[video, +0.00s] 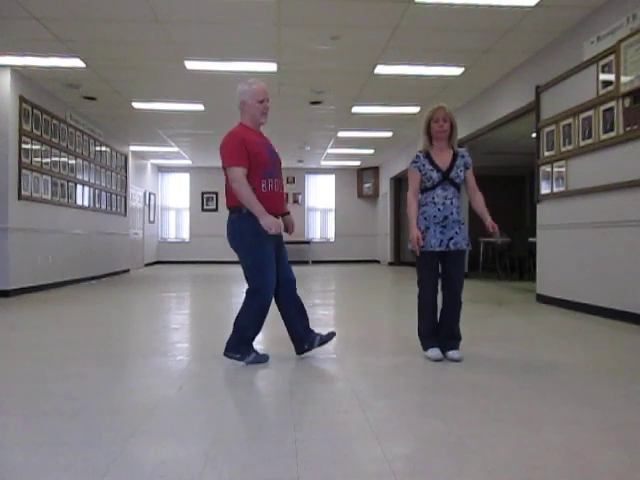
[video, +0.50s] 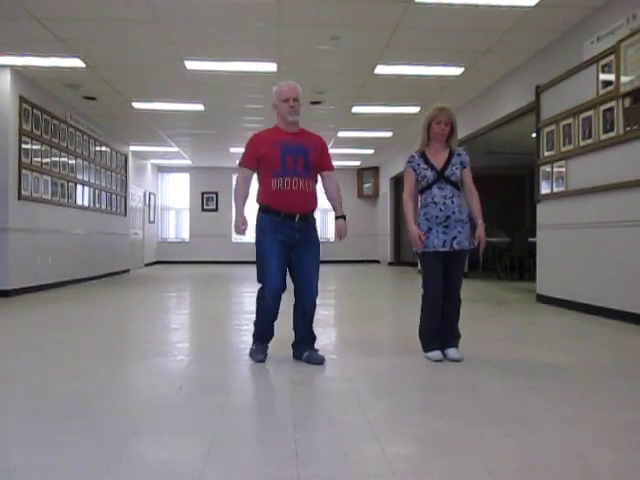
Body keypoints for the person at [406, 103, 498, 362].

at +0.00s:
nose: (441, 125)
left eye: (445, 121)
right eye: (436, 121)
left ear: (452, 126)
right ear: (428, 127)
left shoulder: (462, 158)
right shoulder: (420, 159)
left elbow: (474, 192)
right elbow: (413, 195)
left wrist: (487, 218)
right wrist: (413, 226)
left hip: (456, 231)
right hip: (427, 231)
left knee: (454, 291)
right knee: (428, 290)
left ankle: (450, 343)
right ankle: (430, 343)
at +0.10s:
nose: (442, 125)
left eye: (446, 121)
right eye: (437, 121)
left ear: (453, 125)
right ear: (430, 125)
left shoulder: (462, 157)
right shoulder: (419, 157)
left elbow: (472, 193)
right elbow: (411, 193)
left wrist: (481, 222)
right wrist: (415, 221)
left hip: (456, 230)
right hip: (427, 230)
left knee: (453, 290)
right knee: (430, 289)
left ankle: (451, 343)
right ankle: (430, 343)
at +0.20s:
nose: (444, 126)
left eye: (448, 123)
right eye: (439, 122)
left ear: (454, 127)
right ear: (431, 125)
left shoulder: (462, 158)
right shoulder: (418, 159)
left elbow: (469, 194)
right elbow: (409, 195)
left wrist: (474, 225)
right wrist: (417, 221)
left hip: (457, 230)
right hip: (429, 231)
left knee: (453, 291)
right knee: (432, 291)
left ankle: (450, 343)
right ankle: (430, 343)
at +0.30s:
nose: (444, 130)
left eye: (449, 126)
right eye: (440, 125)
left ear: (454, 131)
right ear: (431, 128)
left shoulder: (461, 160)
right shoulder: (418, 161)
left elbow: (468, 196)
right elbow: (408, 196)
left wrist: (474, 228)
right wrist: (416, 223)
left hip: (458, 232)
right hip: (430, 232)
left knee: (453, 291)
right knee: (434, 291)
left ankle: (450, 342)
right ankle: (431, 344)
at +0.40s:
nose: (444, 129)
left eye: (448, 126)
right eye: (439, 125)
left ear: (453, 130)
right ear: (430, 128)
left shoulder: (460, 160)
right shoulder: (416, 160)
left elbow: (469, 193)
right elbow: (409, 196)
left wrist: (478, 226)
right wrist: (414, 224)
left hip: (458, 231)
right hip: (429, 231)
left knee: (453, 290)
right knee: (434, 289)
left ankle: (451, 343)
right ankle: (431, 344)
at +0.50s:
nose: (442, 128)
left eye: (447, 124)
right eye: (437, 123)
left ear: (452, 129)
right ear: (429, 126)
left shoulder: (460, 157)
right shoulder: (416, 159)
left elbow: (470, 190)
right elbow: (408, 195)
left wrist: (479, 222)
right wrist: (411, 225)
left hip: (458, 229)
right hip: (429, 230)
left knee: (453, 289)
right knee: (433, 288)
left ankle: (451, 342)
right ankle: (431, 344)